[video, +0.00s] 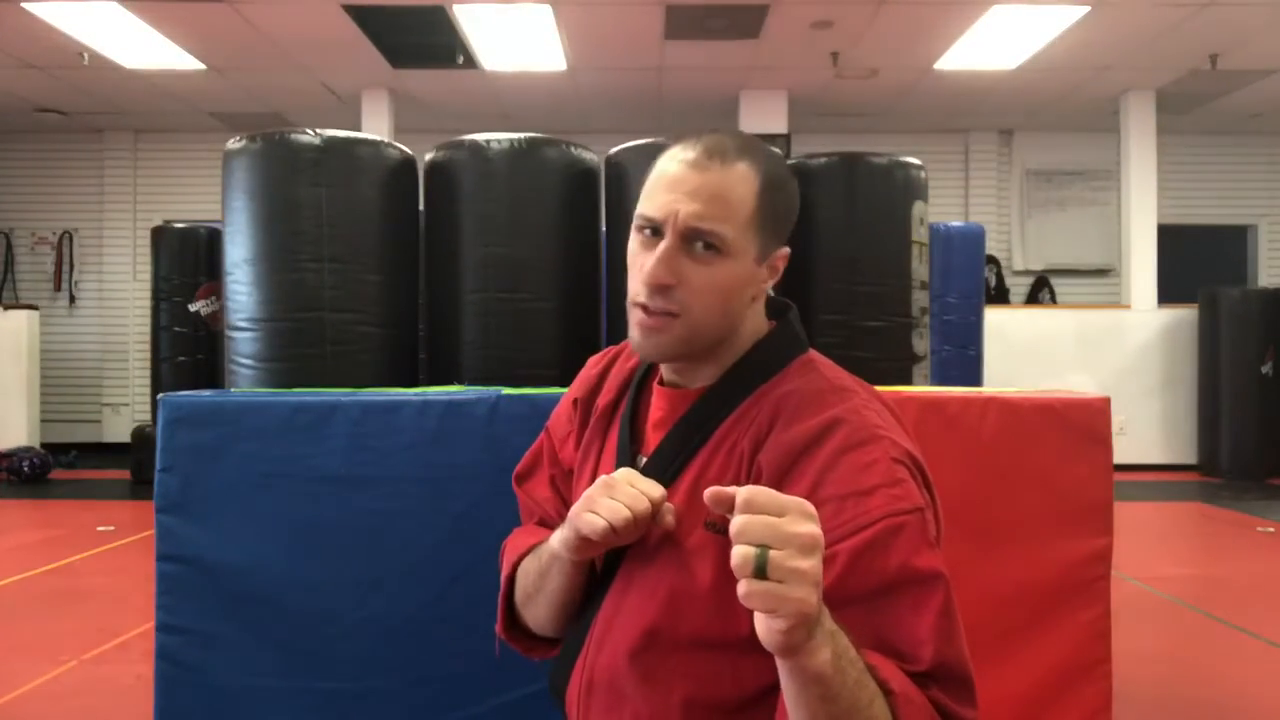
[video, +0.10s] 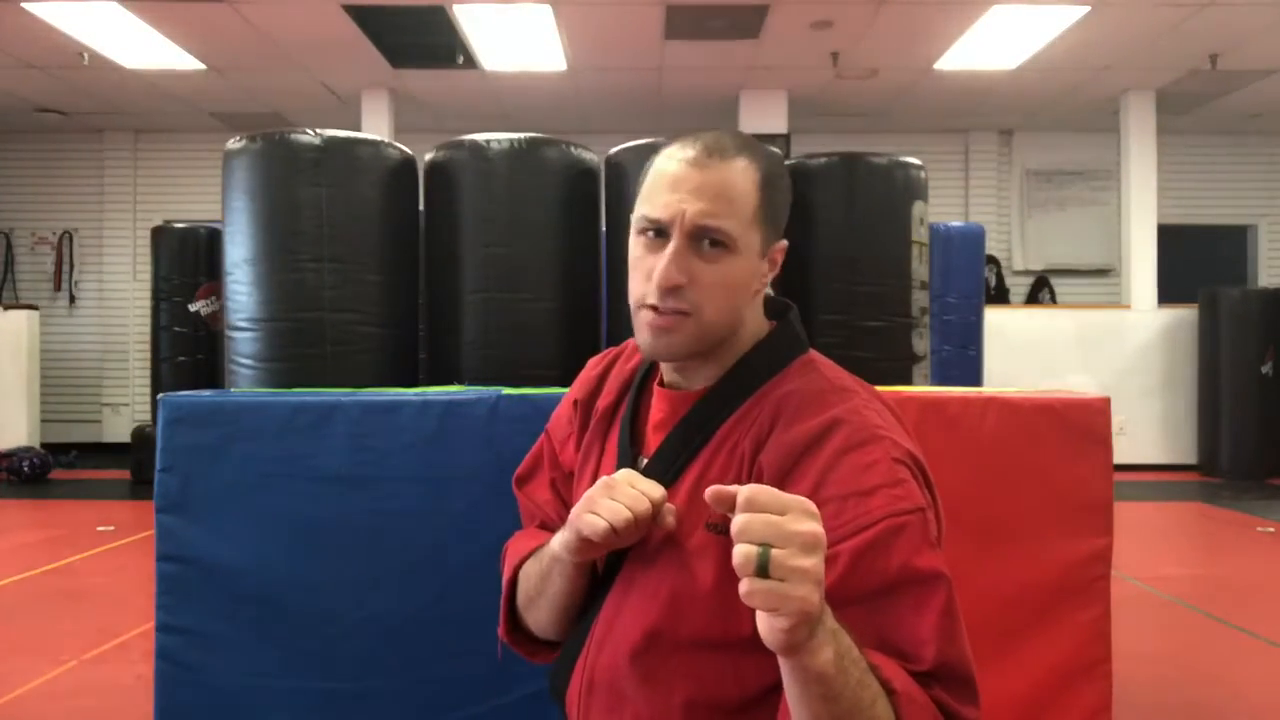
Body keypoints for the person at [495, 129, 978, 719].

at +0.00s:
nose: (656, 272)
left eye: (703, 245)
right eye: (650, 232)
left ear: (770, 271)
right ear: (630, 234)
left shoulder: (846, 444)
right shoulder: (605, 383)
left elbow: (920, 705)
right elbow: (532, 619)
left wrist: (808, 644)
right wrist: (565, 549)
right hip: (589, 704)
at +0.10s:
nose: (667, 274)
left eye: (710, 243)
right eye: (654, 234)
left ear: (769, 266)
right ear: (630, 240)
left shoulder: (847, 442)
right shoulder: (605, 384)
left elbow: (922, 705)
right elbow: (534, 623)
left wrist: (810, 641)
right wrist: (568, 550)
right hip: (589, 705)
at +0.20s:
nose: (667, 274)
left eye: (710, 241)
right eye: (653, 233)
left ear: (766, 264)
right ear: (627, 240)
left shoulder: (847, 441)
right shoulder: (602, 388)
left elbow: (927, 704)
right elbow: (538, 627)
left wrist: (814, 642)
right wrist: (572, 553)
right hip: (591, 705)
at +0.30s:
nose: (668, 276)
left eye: (710, 241)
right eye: (653, 234)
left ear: (765, 262)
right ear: (626, 240)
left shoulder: (846, 440)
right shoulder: (600, 389)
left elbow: (928, 706)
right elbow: (537, 627)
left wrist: (816, 644)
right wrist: (571, 554)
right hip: (591, 706)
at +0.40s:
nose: (667, 275)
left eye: (709, 241)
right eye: (652, 233)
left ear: (765, 262)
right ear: (625, 240)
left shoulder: (845, 441)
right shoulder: (600, 388)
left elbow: (927, 706)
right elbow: (535, 627)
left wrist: (815, 644)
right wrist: (569, 553)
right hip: (588, 706)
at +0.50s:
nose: (667, 274)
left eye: (709, 241)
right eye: (652, 233)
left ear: (764, 261)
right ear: (625, 240)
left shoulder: (844, 441)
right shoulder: (599, 388)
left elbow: (925, 706)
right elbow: (535, 628)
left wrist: (812, 648)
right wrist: (568, 554)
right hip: (587, 706)